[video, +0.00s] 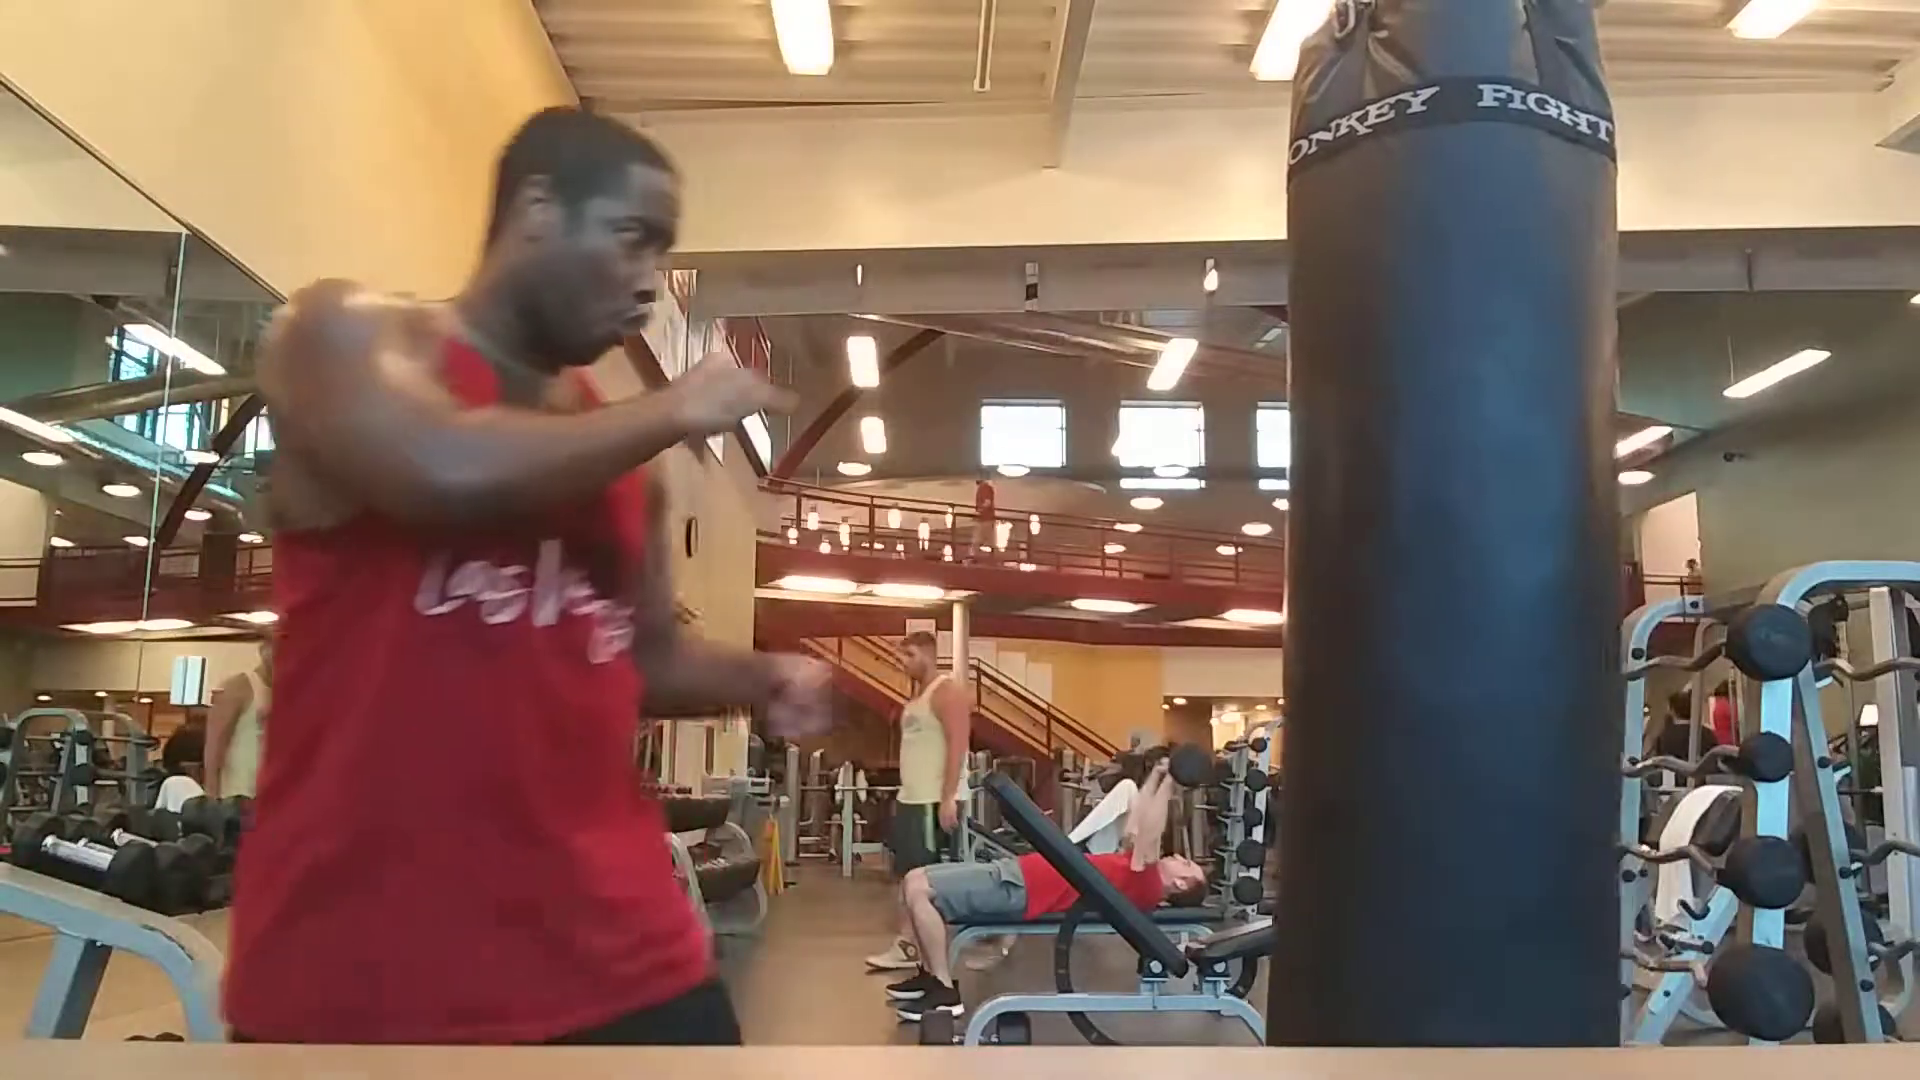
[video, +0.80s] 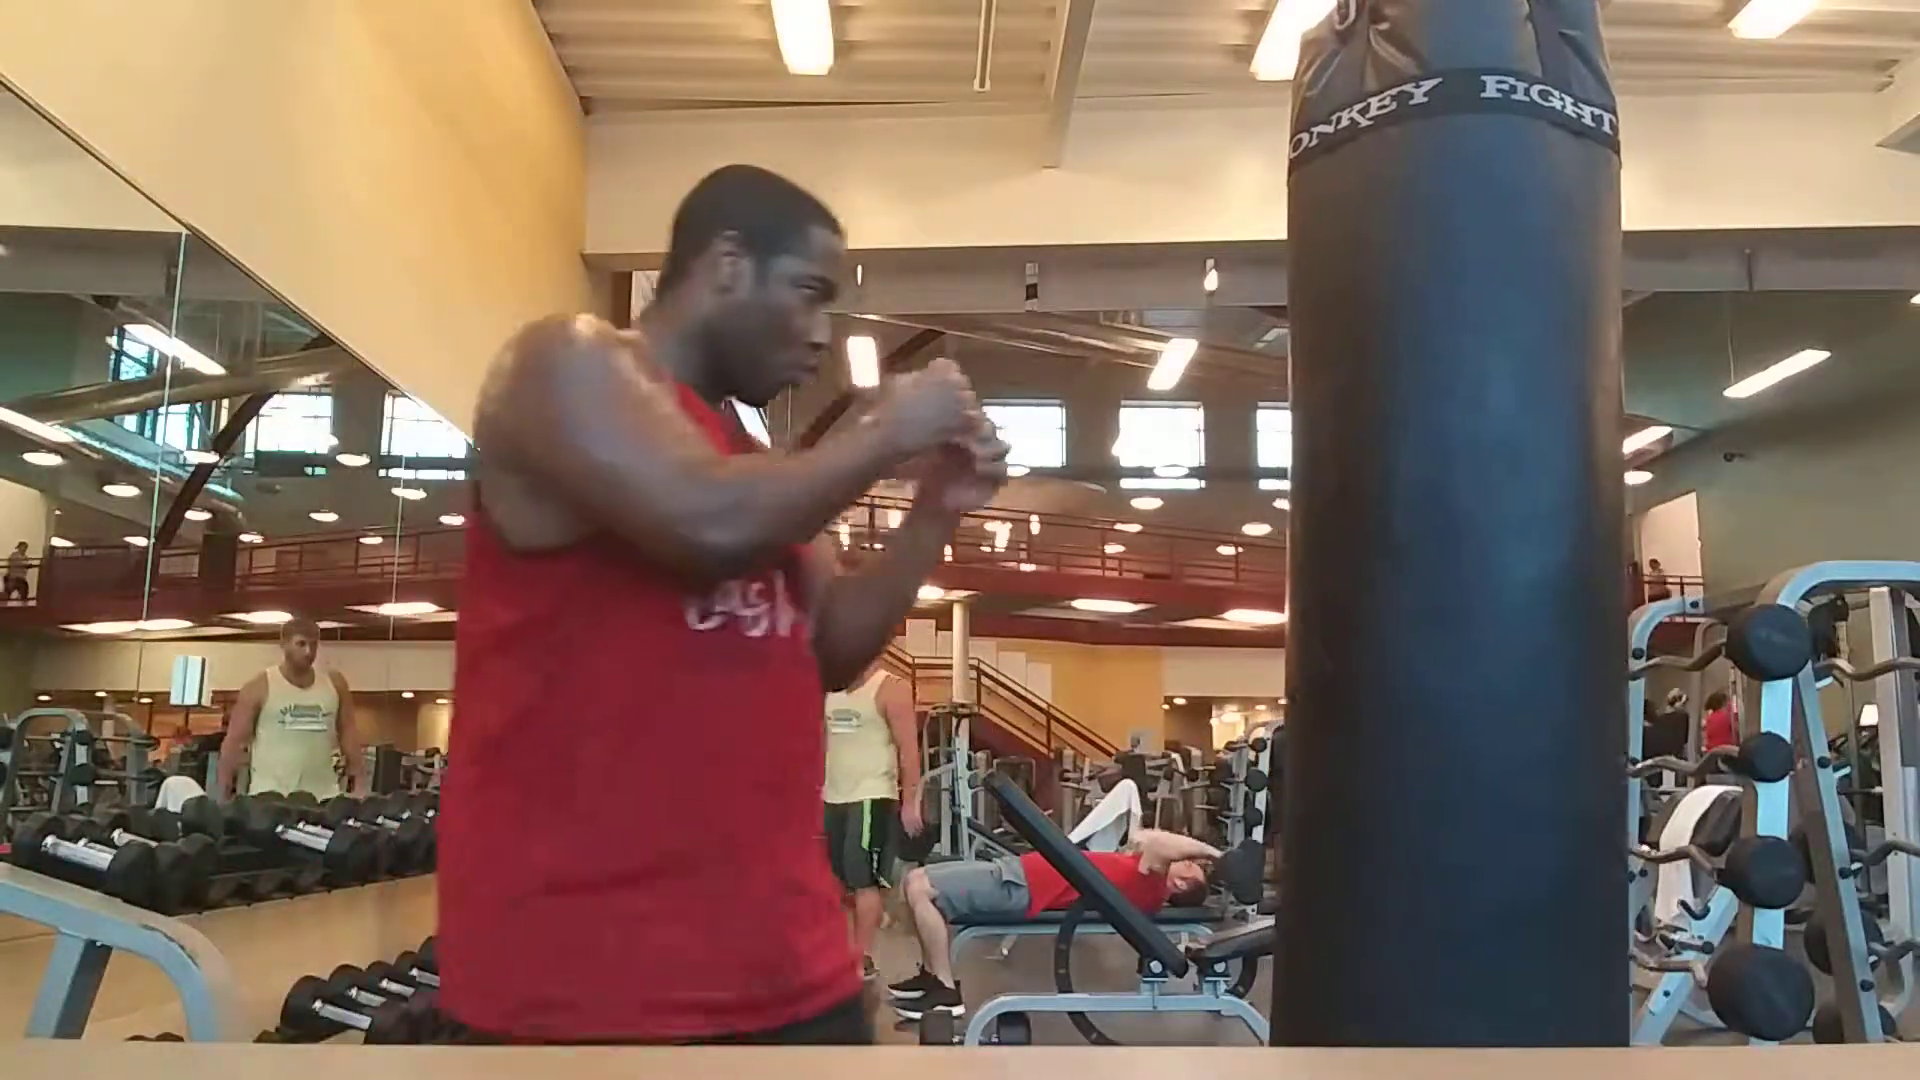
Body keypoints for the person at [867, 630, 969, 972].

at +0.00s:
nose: (903, 661)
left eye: (907, 655)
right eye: (902, 656)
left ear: (925, 655)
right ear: (914, 658)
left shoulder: (948, 690)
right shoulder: (920, 694)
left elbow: (959, 743)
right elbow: (922, 747)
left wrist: (949, 796)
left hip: (932, 802)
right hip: (910, 800)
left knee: (929, 879)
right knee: (908, 877)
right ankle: (907, 942)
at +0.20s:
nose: (884, 661)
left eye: (889, 654)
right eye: (882, 655)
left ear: (909, 654)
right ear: (887, 658)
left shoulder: (930, 689)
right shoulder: (891, 696)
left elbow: (941, 744)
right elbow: (882, 745)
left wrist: (921, 793)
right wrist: (868, 788)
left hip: (921, 798)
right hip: (892, 798)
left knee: (910, 876)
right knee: (898, 876)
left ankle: (912, 947)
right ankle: (908, 945)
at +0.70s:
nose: (847, 663)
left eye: (852, 655)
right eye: (844, 657)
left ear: (875, 647)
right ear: (841, 656)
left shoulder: (898, 690)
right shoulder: (844, 688)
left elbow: (916, 749)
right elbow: (830, 739)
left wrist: (917, 802)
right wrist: (814, 783)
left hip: (878, 795)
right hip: (844, 797)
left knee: (861, 877)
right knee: (847, 875)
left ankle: (863, 957)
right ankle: (889, 927)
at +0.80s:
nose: (850, 659)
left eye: (857, 651)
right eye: (846, 652)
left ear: (872, 651)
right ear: (841, 653)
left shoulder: (891, 688)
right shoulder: (832, 688)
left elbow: (908, 747)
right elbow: (823, 745)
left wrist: (910, 801)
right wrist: (818, 790)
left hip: (871, 797)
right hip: (834, 797)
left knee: (864, 883)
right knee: (841, 883)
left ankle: (864, 958)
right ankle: (850, 953)